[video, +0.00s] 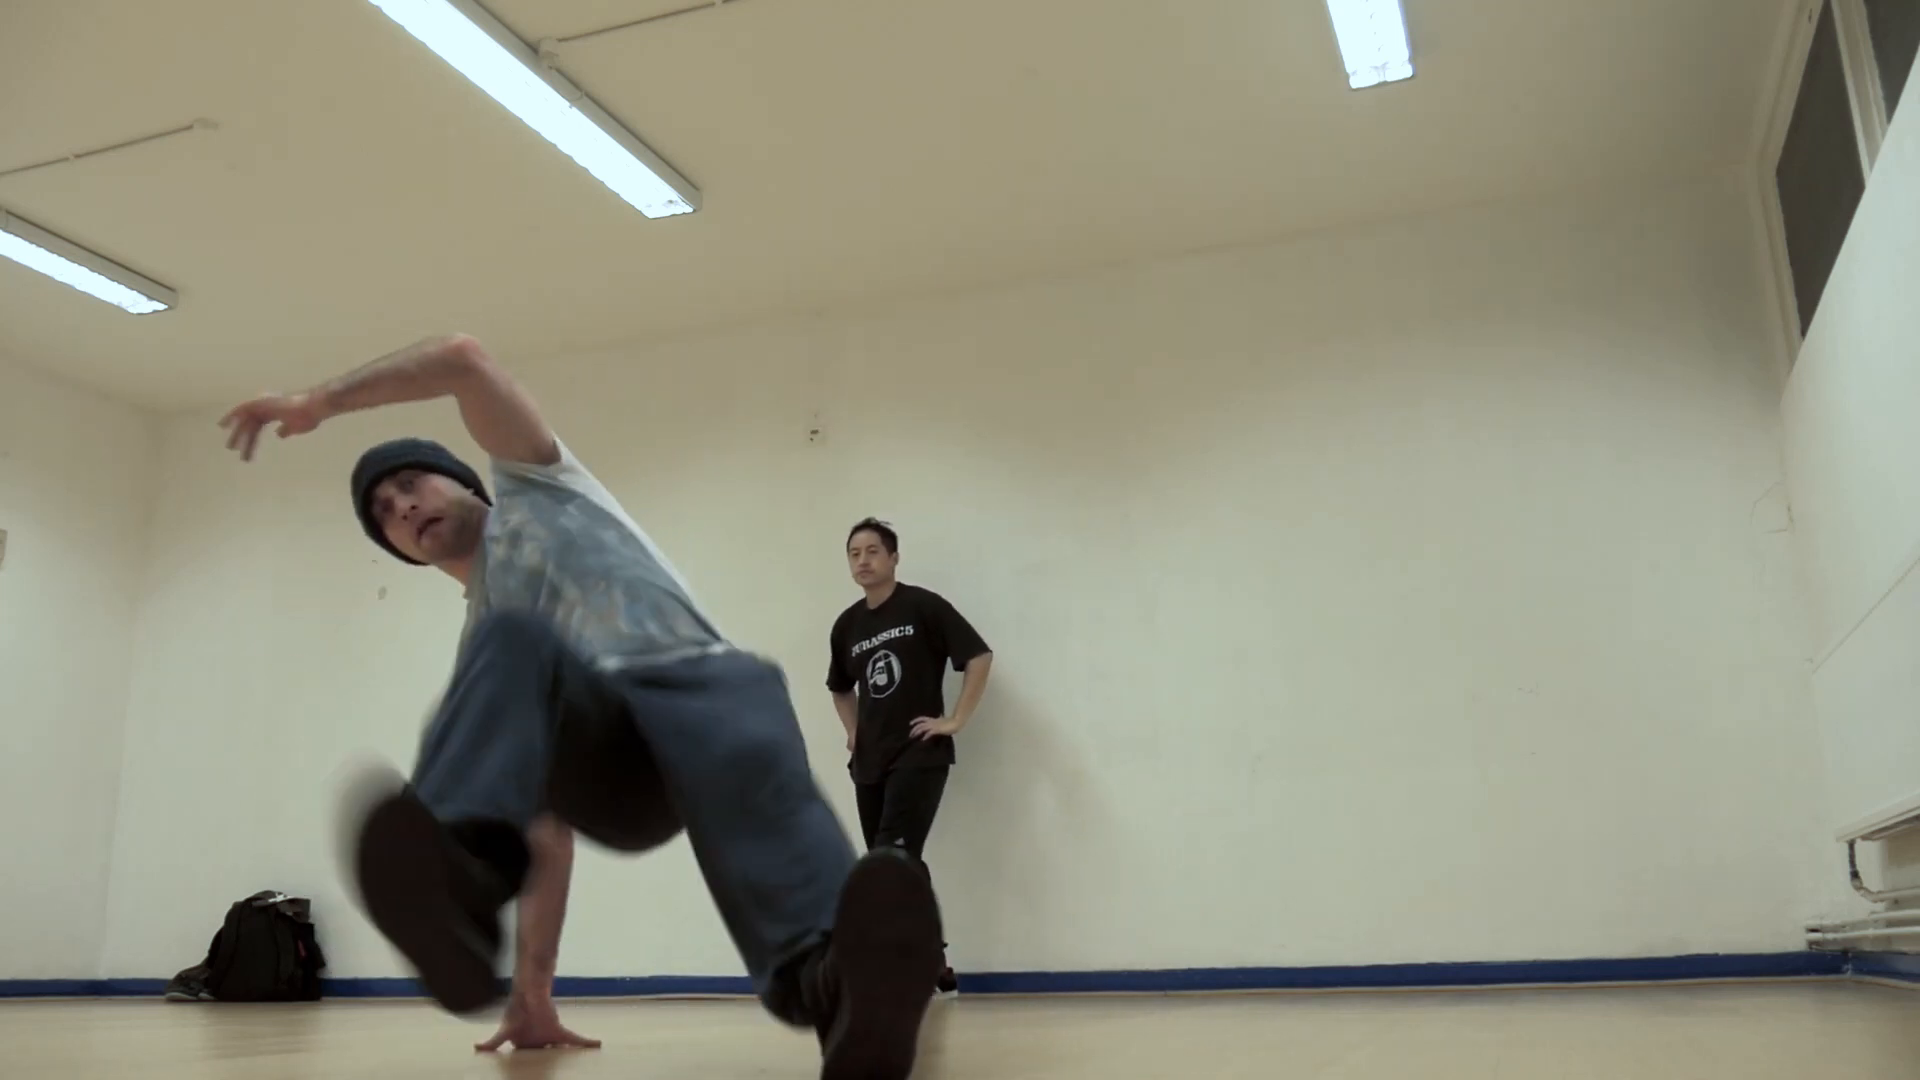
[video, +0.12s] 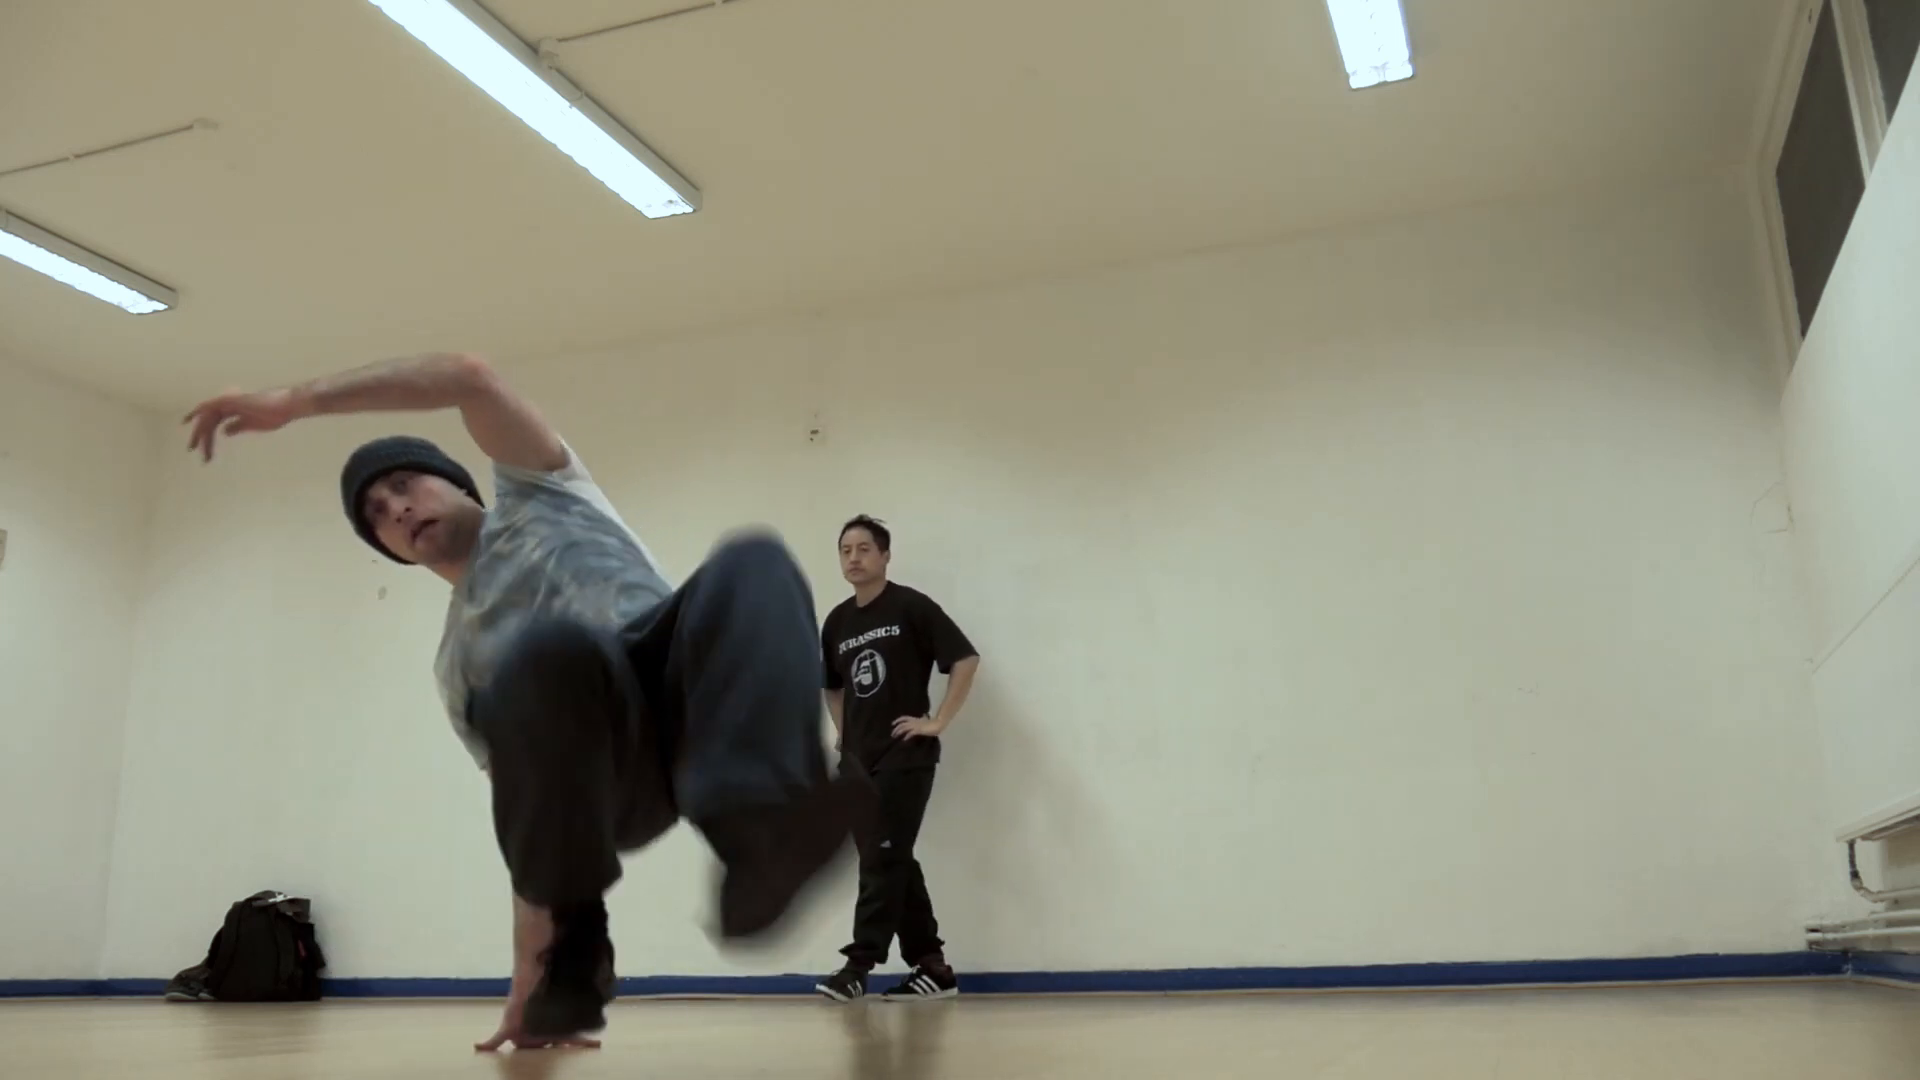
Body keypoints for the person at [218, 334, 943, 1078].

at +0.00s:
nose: (405, 510)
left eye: (409, 485)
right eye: (386, 518)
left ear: (456, 478)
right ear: (405, 553)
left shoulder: (538, 484)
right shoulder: (491, 636)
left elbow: (463, 359)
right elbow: (542, 834)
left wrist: (313, 403)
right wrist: (536, 1003)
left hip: (703, 708)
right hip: (601, 761)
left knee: (742, 703)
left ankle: (835, 980)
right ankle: (459, 909)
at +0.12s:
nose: (398, 509)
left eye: (405, 484)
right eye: (376, 516)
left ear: (454, 481)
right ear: (389, 554)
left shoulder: (541, 492)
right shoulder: (460, 661)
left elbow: (468, 377)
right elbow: (532, 819)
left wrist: (290, 400)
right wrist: (533, 990)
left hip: (693, 722)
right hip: (595, 785)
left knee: (753, 560)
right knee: (550, 652)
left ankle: (762, 841)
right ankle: (571, 975)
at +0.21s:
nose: (382, 525)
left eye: (391, 499)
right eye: (362, 533)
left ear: (446, 490)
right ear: (379, 572)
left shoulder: (531, 522)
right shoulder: (459, 688)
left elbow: (437, 423)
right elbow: (545, 802)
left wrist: (260, 462)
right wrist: (539, 979)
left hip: (708, 766)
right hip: (613, 835)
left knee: (723, 537)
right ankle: (578, 1010)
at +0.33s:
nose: (373, 603)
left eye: (377, 580)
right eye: (355, 595)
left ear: (422, 556)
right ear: (365, 603)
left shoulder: (532, 568)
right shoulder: (460, 689)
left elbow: (398, 582)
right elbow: (552, 833)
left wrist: (203, 649)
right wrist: (536, 990)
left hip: (723, 859)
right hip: (628, 910)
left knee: (676, 573)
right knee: (585, 742)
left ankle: (479, 723)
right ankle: (589, 1017)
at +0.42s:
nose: (382, 608)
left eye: (382, 579)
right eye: (356, 615)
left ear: (419, 551)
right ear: (360, 635)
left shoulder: (513, 590)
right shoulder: (452, 702)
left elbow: (402, 544)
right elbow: (552, 820)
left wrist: (213, 655)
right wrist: (542, 977)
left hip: (735, 840)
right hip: (641, 896)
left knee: (642, 566)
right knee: (590, 743)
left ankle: (480, 776)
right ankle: (591, 1014)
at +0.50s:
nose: (357, 575)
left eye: (357, 549)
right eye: (340, 587)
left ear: (408, 530)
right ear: (364, 619)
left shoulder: (496, 547)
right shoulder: (468, 683)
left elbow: (393, 463)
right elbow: (561, 820)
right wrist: (536, 995)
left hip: (744, 757)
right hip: (666, 838)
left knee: (635, 517)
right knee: (599, 759)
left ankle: (527, 709)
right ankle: (598, 1007)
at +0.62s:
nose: (355, 537)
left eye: (352, 512)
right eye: (339, 552)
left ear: (393, 492)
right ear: (365, 584)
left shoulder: (466, 449)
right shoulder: (477, 675)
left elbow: (458, 280)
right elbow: (543, 822)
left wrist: (438, 123)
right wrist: (531, 988)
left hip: (708, 609)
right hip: (643, 709)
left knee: (639, 448)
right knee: (552, 781)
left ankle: (638, 384)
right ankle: (628, 1001)